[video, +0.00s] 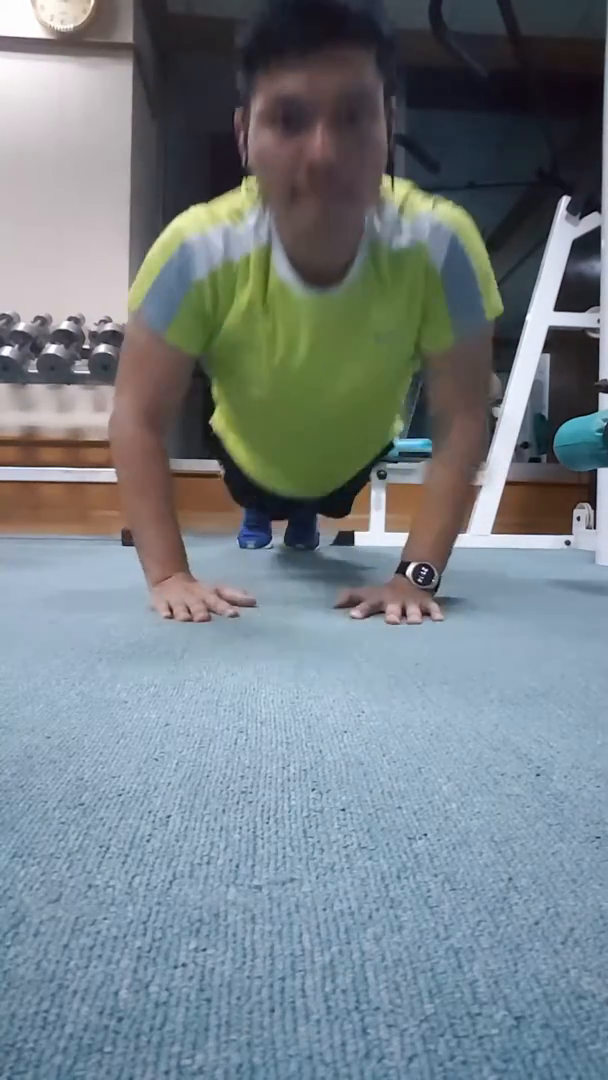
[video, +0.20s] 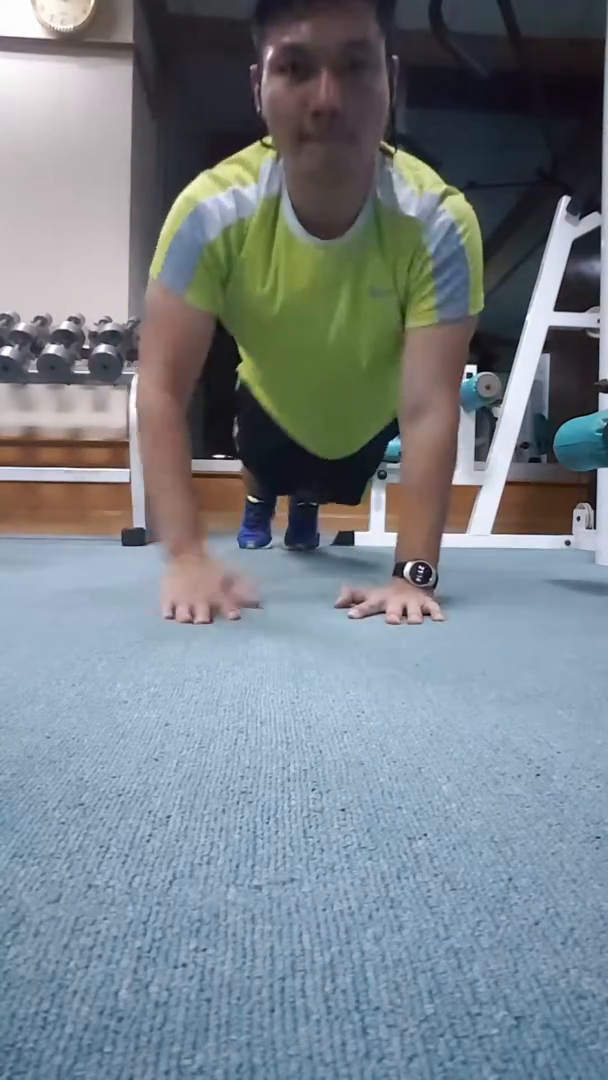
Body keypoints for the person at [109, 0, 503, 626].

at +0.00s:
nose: (323, 151)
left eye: (352, 118)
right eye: (291, 121)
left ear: (390, 126)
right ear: (244, 135)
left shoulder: (439, 243)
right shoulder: (198, 249)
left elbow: (464, 418)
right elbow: (136, 419)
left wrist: (416, 576)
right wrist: (169, 576)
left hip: (351, 457)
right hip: (250, 455)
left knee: (320, 499)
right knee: (257, 495)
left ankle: (303, 519)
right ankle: (262, 517)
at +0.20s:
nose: (327, 98)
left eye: (356, 67)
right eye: (296, 68)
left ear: (393, 82)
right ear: (259, 87)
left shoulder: (436, 221)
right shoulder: (212, 210)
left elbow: (431, 407)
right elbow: (161, 387)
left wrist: (416, 573)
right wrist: (184, 559)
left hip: (365, 416)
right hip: (270, 403)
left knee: (323, 480)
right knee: (265, 470)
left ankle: (305, 508)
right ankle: (262, 499)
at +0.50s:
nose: (324, 107)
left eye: (354, 76)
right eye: (296, 79)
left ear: (393, 88)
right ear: (265, 93)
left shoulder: (434, 223)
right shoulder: (225, 199)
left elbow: (430, 405)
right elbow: (188, 358)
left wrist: (414, 574)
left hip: (368, 414)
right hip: (278, 402)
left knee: (327, 482)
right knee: (270, 471)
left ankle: (305, 504)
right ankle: (262, 502)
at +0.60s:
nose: (327, 112)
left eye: (358, 80)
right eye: (299, 81)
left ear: (399, 92)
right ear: (267, 93)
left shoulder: (437, 225)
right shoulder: (222, 205)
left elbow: (433, 412)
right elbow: (172, 364)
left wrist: (415, 573)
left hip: (374, 410)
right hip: (281, 393)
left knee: (329, 482)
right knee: (268, 472)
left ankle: (304, 505)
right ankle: (263, 507)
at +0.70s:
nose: (324, 121)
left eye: (354, 88)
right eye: (294, 89)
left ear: (396, 99)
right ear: (260, 102)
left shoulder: (437, 227)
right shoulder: (218, 218)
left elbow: (437, 413)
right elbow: (169, 390)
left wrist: (416, 574)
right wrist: (171, 562)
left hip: (374, 417)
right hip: (279, 399)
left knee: (328, 482)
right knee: (271, 471)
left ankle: (305, 503)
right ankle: (264, 498)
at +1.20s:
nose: (301, 387)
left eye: (337, 346)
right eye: (266, 348)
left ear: (379, 324)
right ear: (215, 326)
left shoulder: (442, 391)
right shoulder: (160, 381)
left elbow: (494, 458)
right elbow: (108, 449)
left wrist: (421, 576)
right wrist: (166, 576)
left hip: (354, 519)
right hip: (232, 524)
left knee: (328, 550)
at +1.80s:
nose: (305, 205)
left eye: (337, 171)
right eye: (273, 169)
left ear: (376, 178)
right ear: (228, 174)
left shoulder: (419, 289)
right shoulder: (170, 284)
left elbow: (468, 439)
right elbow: (111, 435)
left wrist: (417, 577)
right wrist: (167, 578)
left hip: (334, 488)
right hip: (230, 492)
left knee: (327, 521)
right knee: (248, 527)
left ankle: (322, 529)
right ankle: (266, 536)